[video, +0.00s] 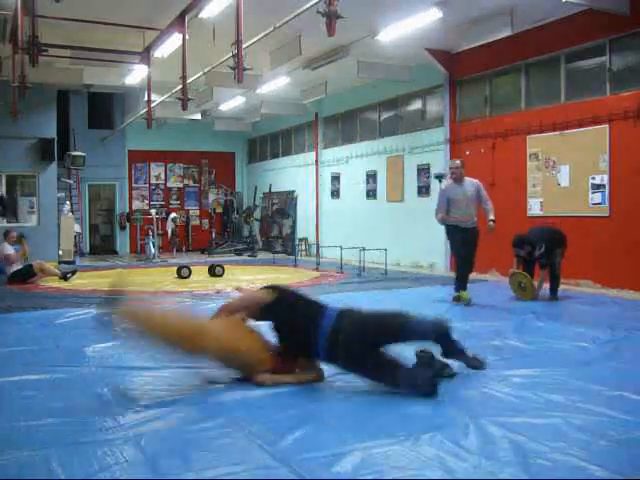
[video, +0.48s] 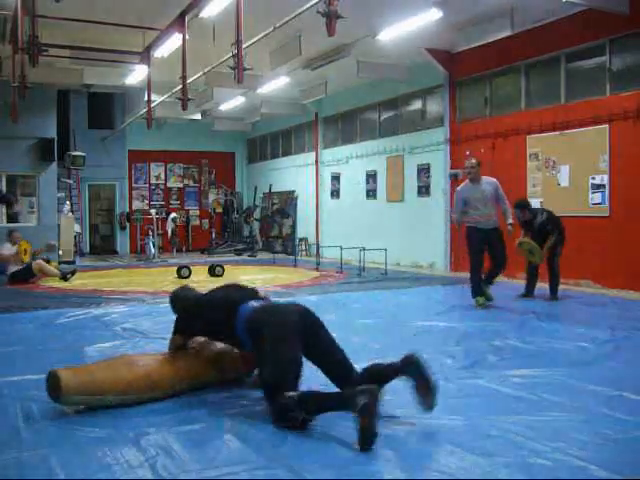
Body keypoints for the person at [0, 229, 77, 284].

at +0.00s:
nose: (14, 239)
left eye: (14, 237)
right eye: (11, 237)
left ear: (14, 238)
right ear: (7, 238)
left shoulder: (11, 247)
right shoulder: (5, 246)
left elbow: (23, 259)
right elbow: (11, 260)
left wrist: (24, 250)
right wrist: (21, 253)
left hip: (18, 273)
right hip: (13, 275)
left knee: (41, 265)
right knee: (39, 265)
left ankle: (62, 274)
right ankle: (62, 275)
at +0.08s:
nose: (14, 240)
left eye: (15, 237)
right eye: (11, 238)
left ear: (16, 238)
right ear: (7, 239)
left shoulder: (16, 247)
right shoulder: (4, 247)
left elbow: (23, 261)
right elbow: (6, 260)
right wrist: (14, 249)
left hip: (20, 271)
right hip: (12, 274)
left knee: (39, 264)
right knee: (38, 265)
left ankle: (61, 274)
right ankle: (61, 275)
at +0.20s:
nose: (14, 240)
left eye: (15, 238)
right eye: (12, 238)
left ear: (16, 238)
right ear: (8, 239)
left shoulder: (17, 248)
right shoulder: (5, 247)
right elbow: (3, 260)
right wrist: (9, 253)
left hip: (20, 272)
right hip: (12, 275)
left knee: (40, 264)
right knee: (38, 265)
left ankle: (61, 274)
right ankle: (61, 275)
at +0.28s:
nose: (16, 240)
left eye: (17, 238)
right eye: (14, 238)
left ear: (18, 238)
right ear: (10, 239)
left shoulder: (20, 247)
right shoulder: (5, 247)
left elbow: (26, 260)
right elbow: (2, 259)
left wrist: (29, 254)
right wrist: (8, 253)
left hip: (21, 272)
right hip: (12, 275)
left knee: (40, 264)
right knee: (38, 265)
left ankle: (61, 274)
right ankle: (61, 275)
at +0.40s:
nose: (17, 240)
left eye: (18, 238)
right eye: (15, 238)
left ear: (20, 238)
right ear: (10, 238)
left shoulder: (20, 247)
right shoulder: (6, 247)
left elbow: (26, 259)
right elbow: (2, 259)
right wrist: (10, 254)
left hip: (23, 272)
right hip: (13, 275)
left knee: (40, 264)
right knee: (39, 264)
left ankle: (62, 274)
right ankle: (61, 275)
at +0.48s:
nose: (19, 240)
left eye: (19, 238)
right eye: (16, 238)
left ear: (20, 237)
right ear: (11, 238)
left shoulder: (20, 246)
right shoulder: (6, 246)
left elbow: (25, 259)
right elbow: (3, 257)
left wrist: (34, 253)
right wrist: (15, 256)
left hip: (23, 272)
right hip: (13, 275)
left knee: (42, 263)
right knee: (38, 264)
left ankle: (62, 274)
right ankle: (62, 276)